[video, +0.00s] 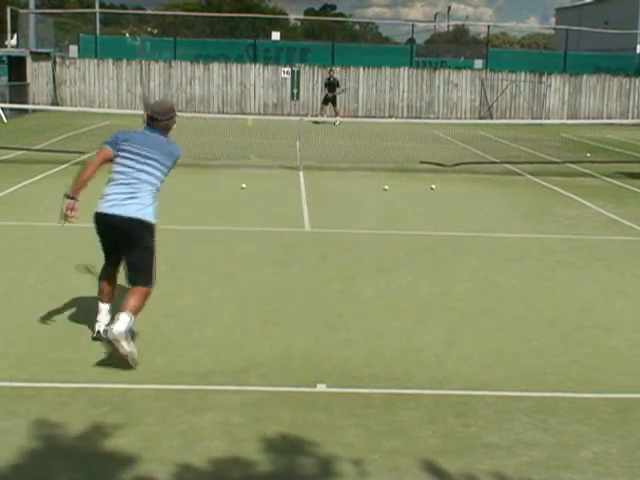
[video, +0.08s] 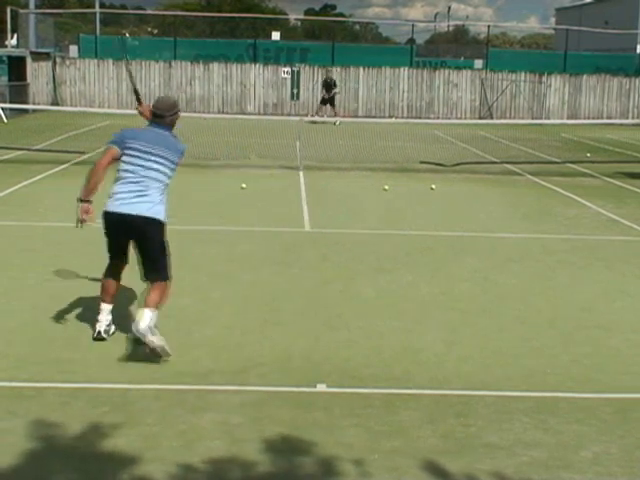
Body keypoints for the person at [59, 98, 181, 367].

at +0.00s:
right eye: (171, 123)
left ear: (146, 119)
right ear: (172, 125)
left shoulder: (123, 137)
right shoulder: (173, 151)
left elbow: (96, 161)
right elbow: (154, 173)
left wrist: (73, 195)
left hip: (107, 214)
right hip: (139, 219)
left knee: (111, 263)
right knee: (142, 284)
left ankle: (101, 322)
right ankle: (120, 328)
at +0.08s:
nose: (173, 121)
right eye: (175, 119)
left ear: (152, 117)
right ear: (175, 121)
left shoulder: (128, 135)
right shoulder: (177, 148)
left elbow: (102, 163)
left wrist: (85, 198)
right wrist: (151, 116)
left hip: (116, 213)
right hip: (149, 217)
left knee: (115, 262)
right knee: (159, 278)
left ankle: (103, 321)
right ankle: (144, 323)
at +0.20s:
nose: (187, 113)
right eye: (188, 109)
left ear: (163, 110)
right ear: (188, 113)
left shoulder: (142, 131)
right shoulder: (192, 139)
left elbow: (117, 161)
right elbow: (174, 144)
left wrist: (108, 198)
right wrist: (156, 125)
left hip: (132, 212)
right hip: (167, 217)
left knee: (122, 265)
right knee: (185, 269)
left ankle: (103, 321)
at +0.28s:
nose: (196, 109)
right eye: (197, 106)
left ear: (172, 107)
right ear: (197, 109)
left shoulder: (152, 129)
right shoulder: (207, 137)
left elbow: (132, 164)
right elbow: (196, 160)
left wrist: (123, 189)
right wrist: (159, 132)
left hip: (147, 211)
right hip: (184, 214)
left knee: (129, 263)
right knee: (197, 267)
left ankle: (108, 319)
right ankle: (209, 328)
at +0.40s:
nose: (213, 105)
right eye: (212, 102)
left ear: (184, 105)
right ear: (209, 106)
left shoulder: (169, 131)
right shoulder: (220, 135)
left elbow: (143, 170)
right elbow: (224, 170)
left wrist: (139, 173)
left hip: (170, 214)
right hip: (206, 218)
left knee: (149, 264)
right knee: (211, 268)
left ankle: (138, 325)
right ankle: (213, 330)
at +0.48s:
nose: (217, 98)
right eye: (217, 95)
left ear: (189, 96)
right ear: (215, 97)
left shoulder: (174, 123)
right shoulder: (228, 129)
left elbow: (151, 166)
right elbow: (235, 172)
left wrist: (160, 153)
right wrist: (208, 170)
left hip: (177, 208)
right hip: (214, 212)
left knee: (167, 259)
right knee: (215, 264)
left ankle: (172, 325)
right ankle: (216, 328)